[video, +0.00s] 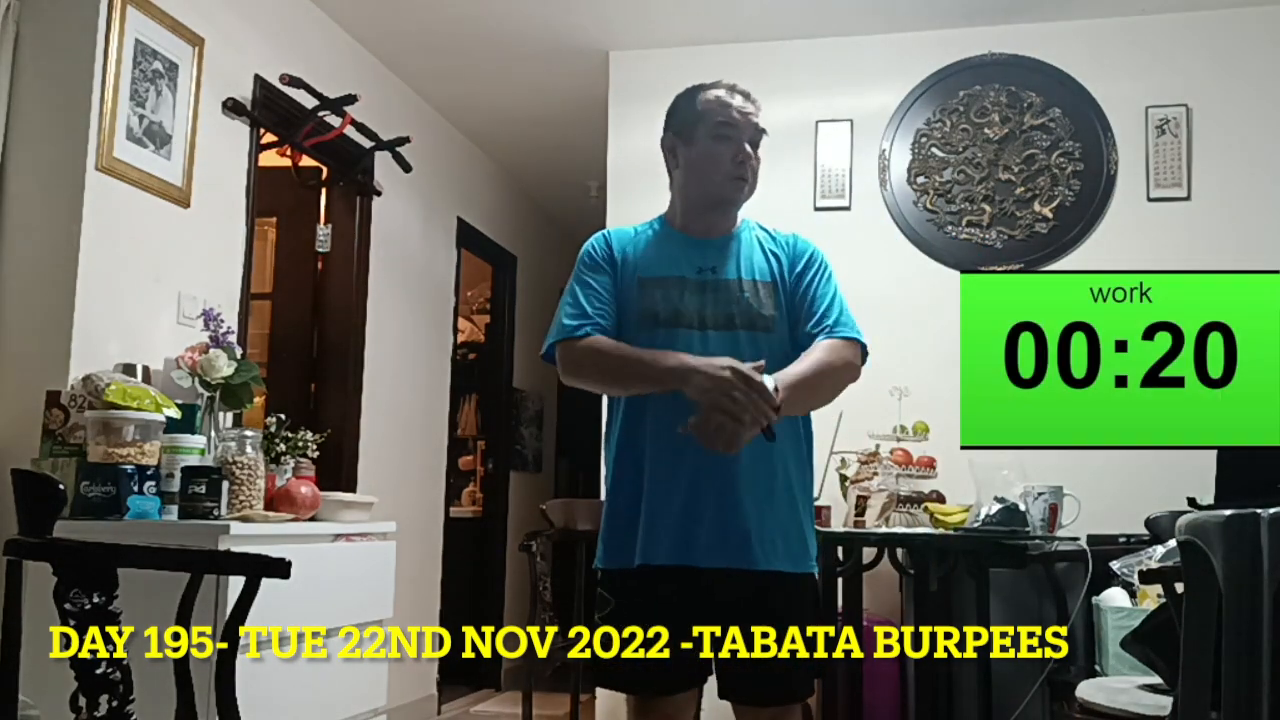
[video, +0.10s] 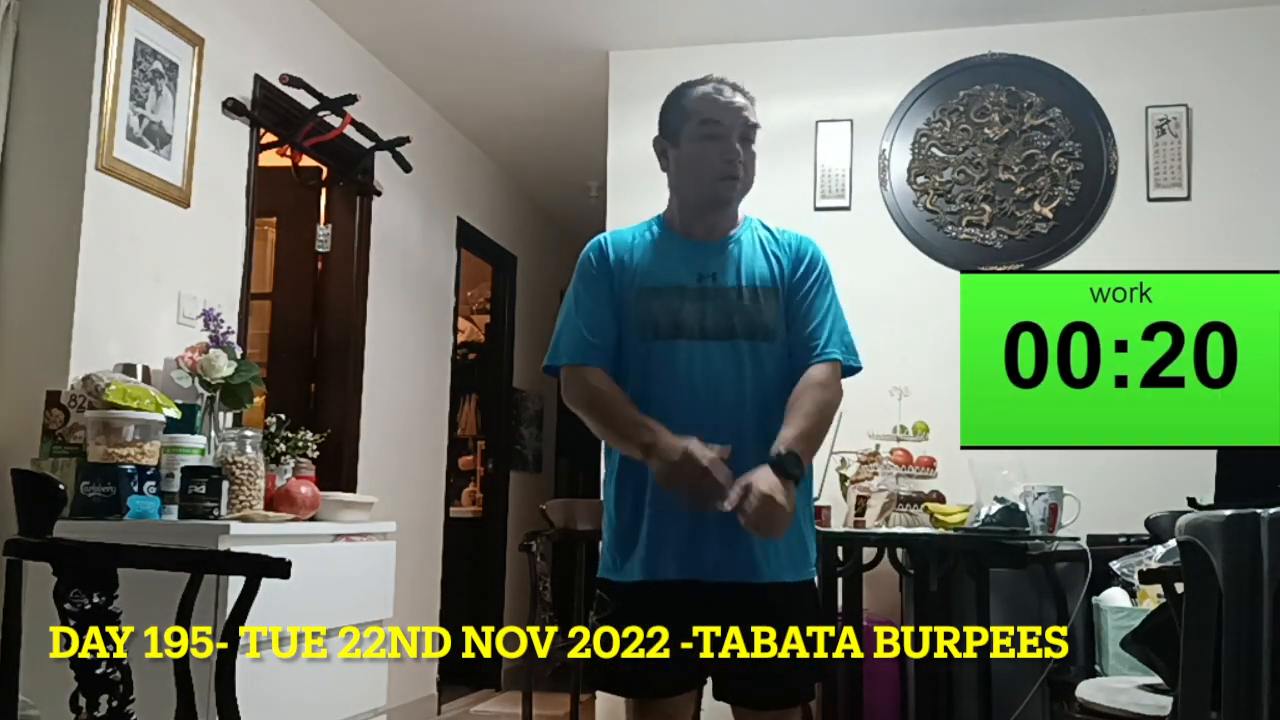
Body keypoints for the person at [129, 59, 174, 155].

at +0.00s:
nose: (156, 81)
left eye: (159, 78)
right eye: (154, 78)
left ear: (164, 80)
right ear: (152, 79)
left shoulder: (166, 96)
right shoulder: (152, 90)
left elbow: (158, 119)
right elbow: (148, 111)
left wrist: (141, 111)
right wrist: (141, 130)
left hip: (165, 132)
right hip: (152, 125)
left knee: (154, 127)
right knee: (138, 118)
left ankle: (157, 147)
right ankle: (150, 145)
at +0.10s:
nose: (156, 81)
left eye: (159, 78)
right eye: (154, 78)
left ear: (164, 80)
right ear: (152, 79)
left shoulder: (167, 96)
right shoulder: (152, 90)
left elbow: (158, 119)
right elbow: (148, 111)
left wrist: (141, 111)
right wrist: (141, 130)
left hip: (165, 132)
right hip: (152, 125)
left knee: (153, 127)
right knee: (139, 118)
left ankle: (157, 148)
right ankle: (150, 145)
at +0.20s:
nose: (156, 81)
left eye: (159, 78)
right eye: (154, 78)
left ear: (164, 80)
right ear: (152, 79)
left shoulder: (167, 96)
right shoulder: (152, 90)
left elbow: (158, 119)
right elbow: (148, 111)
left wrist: (141, 111)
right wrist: (141, 130)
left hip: (165, 132)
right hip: (152, 125)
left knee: (153, 127)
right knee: (139, 118)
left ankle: (157, 148)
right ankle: (150, 145)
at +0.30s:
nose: (156, 81)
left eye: (159, 78)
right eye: (154, 78)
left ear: (164, 80)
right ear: (152, 79)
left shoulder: (167, 96)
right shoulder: (152, 90)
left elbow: (158, 119)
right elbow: (148, 111)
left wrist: (141, 111)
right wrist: (141, 130)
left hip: (165, 132)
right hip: (152, 125)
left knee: (153, 127)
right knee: (139, 118)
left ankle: (157, 148)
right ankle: (149, 145)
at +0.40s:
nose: (156, 81)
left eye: (159, 78)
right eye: (154, 78)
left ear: (164, 80)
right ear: (152, 79)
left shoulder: (167, 96)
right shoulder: (152, 90)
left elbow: (158, 119)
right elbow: (148, 111)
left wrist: (141, 111)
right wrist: (141, 130)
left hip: (165, 132)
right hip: (152, 125)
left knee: (153, 127)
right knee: (139, 118)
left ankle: (157, 148)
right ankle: (149, 145)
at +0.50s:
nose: (156, 81)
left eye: (159, 78)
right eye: (154, 78)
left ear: (164, 80)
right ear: (152, 79)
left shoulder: (167, 96)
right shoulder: (152, 90)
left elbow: (158, 119)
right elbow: (148, 111)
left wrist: (141, 111)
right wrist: (141, 130)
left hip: (165, 132)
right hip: (152, 125)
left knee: (153, 127)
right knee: (139, 118)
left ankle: (157, 148)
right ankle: (149, 145)